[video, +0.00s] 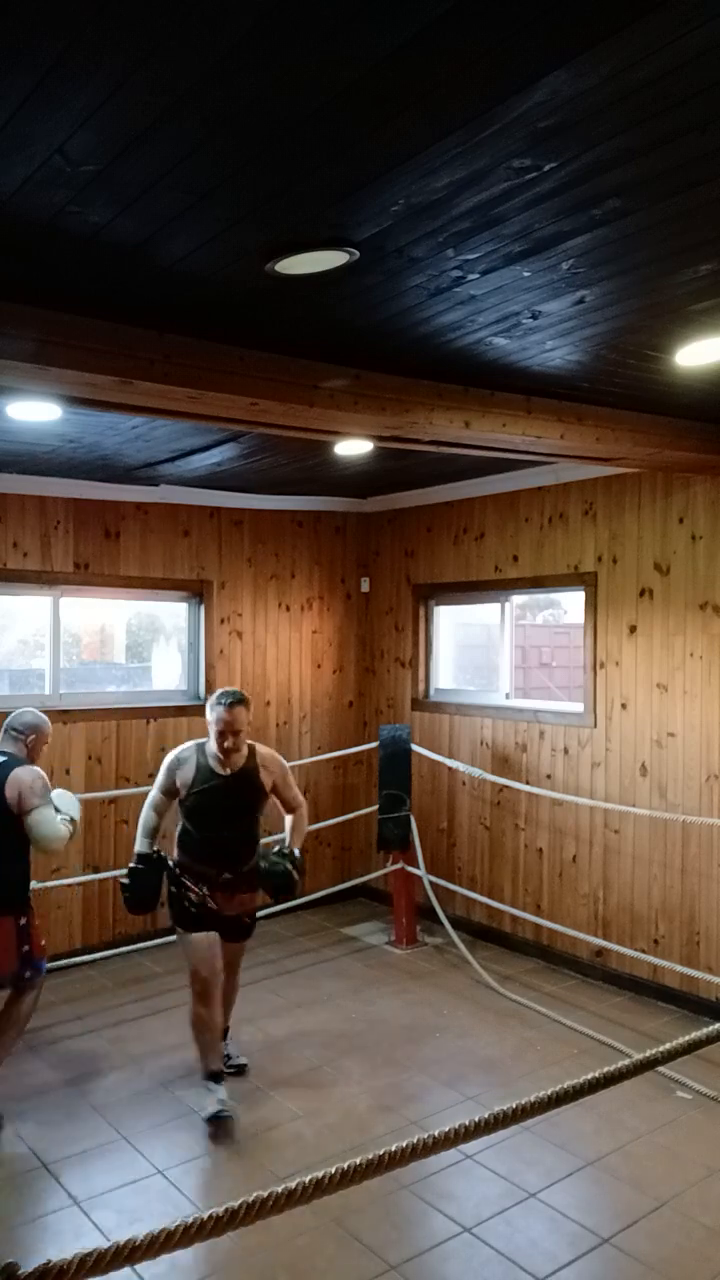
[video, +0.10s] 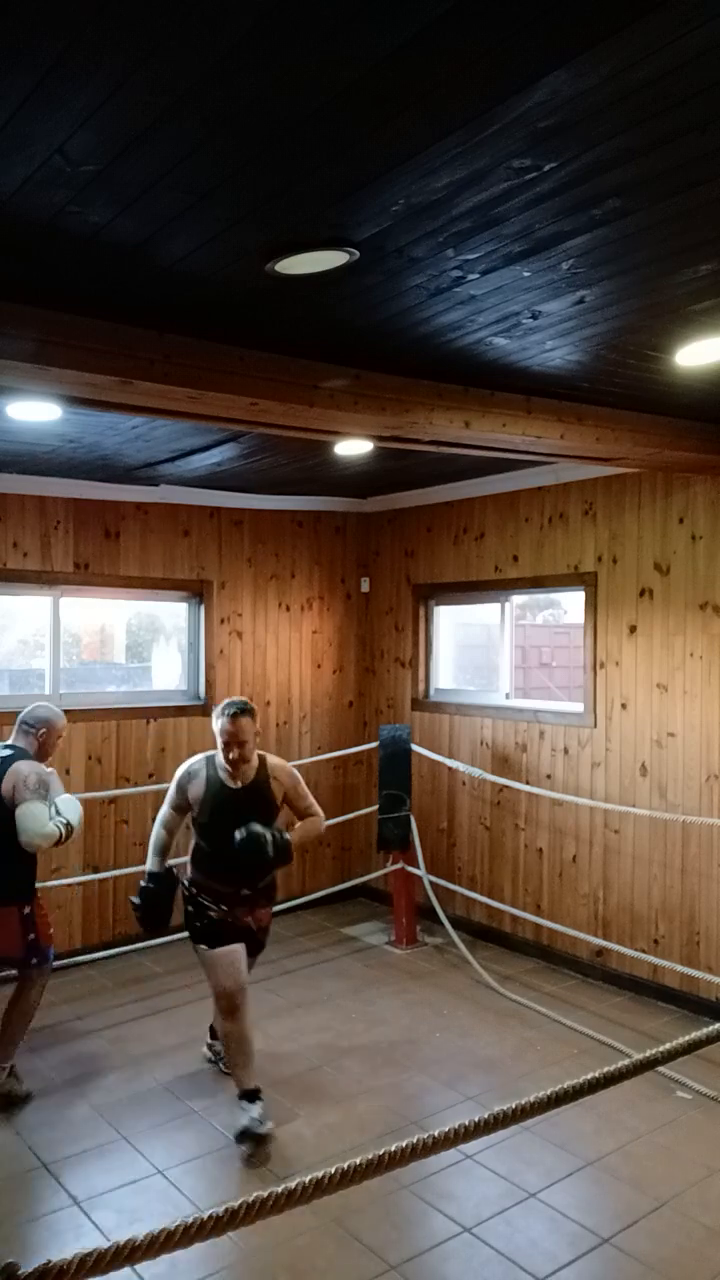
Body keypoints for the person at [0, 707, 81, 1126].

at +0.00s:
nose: (45, 750)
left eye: (45, 743)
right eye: (44, 743)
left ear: (10, 734)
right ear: (31, 740)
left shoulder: (8, 769)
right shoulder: (26, 775)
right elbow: (51, 837)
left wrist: (50, 808)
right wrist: (66, 813)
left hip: (9, 900)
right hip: (9, 902)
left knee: (22, 979)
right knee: (29, 980)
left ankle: (6, 1051)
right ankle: (3, 1054)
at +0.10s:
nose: (57, 747)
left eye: (59, 740)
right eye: (57, 739)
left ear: (23, 729)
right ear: (41, 735)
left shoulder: (10, 761)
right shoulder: (27, 770)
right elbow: (34, 835)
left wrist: (56, 822)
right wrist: (64, 819)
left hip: (14, 895)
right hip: (13, 897)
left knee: (34, 971)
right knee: (36, 972)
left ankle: (6, 1065)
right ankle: (4, 1067)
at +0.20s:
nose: (69, 749)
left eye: (72, 742)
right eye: (69, 740)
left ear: (38, 729)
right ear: (51, 735)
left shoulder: (9, 756)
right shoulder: (35, 769)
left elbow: (73, 806)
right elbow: (32, 834)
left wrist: (61, 815)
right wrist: (67, 821)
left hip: (9, 889)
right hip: (19, 894)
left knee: (32, 970)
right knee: (33, 971)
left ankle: (8, 1060)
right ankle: (7, 1063)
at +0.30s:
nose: (83, 752)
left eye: (85, 744)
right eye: (81, 743)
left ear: (52, 736)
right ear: (58, 738)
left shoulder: (18, 760)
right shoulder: (42, 775)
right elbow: (43, 840)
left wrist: (67, 793)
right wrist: (86, 822)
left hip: (11, 894)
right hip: (30, 899)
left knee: (13, 974)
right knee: (45, 976)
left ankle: (10, 1062)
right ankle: (9, 1065)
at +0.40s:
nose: (95, 750)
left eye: (98, 743)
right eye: (91, 742)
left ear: (68, 736)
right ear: (69, 736)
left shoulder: (36, 757)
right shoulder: (49, 771)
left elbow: (44, 822)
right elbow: (56, 838)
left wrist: (80, 798)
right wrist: (98, 813)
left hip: (21, 888)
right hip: (33, 894)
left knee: (35, 975)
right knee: (45, 978)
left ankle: (7, 1048)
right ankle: (9, 1063)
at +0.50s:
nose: (107, 743)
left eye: (110, 736)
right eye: (103, 736)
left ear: (92, 730)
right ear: (81, 729)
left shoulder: (76, 756)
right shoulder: (56, 760)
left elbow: (73, 806)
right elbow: (58, 826)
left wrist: (101, 794)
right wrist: (102, 806)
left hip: (65, 880)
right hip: (39, 885)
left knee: (78, 941)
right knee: (44, 970)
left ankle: (50, 1032)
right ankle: (9, 1060)